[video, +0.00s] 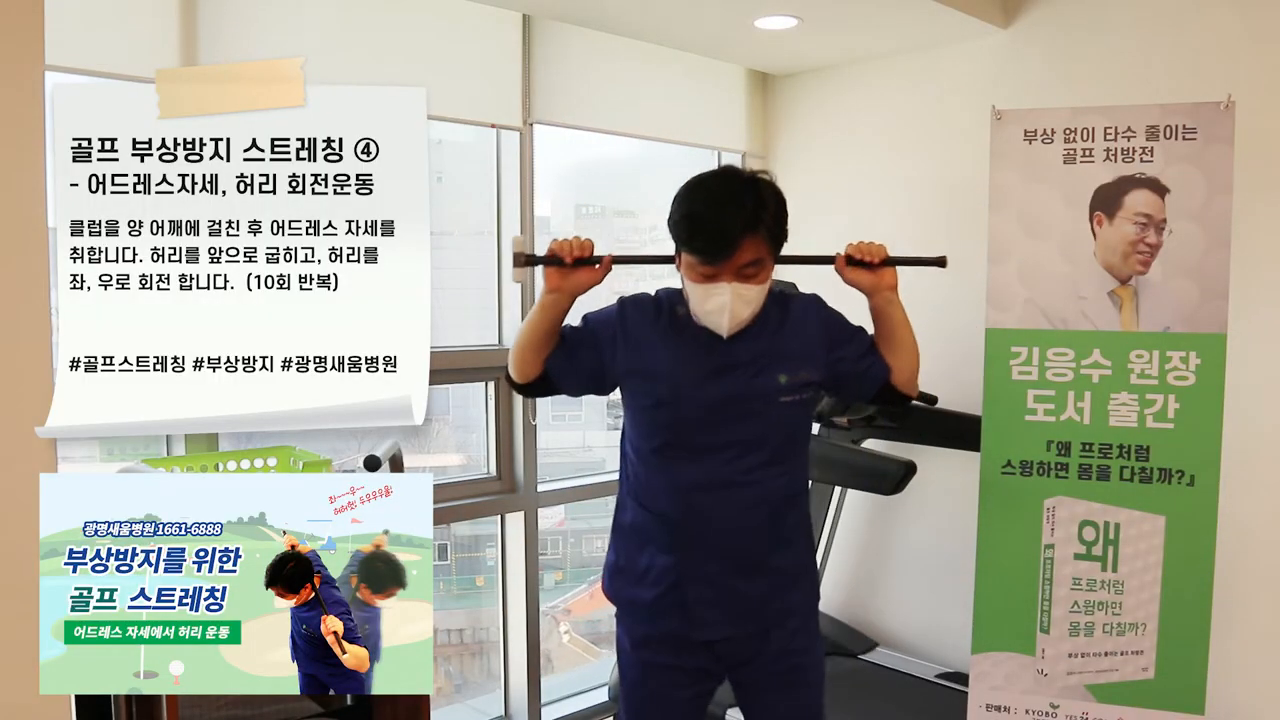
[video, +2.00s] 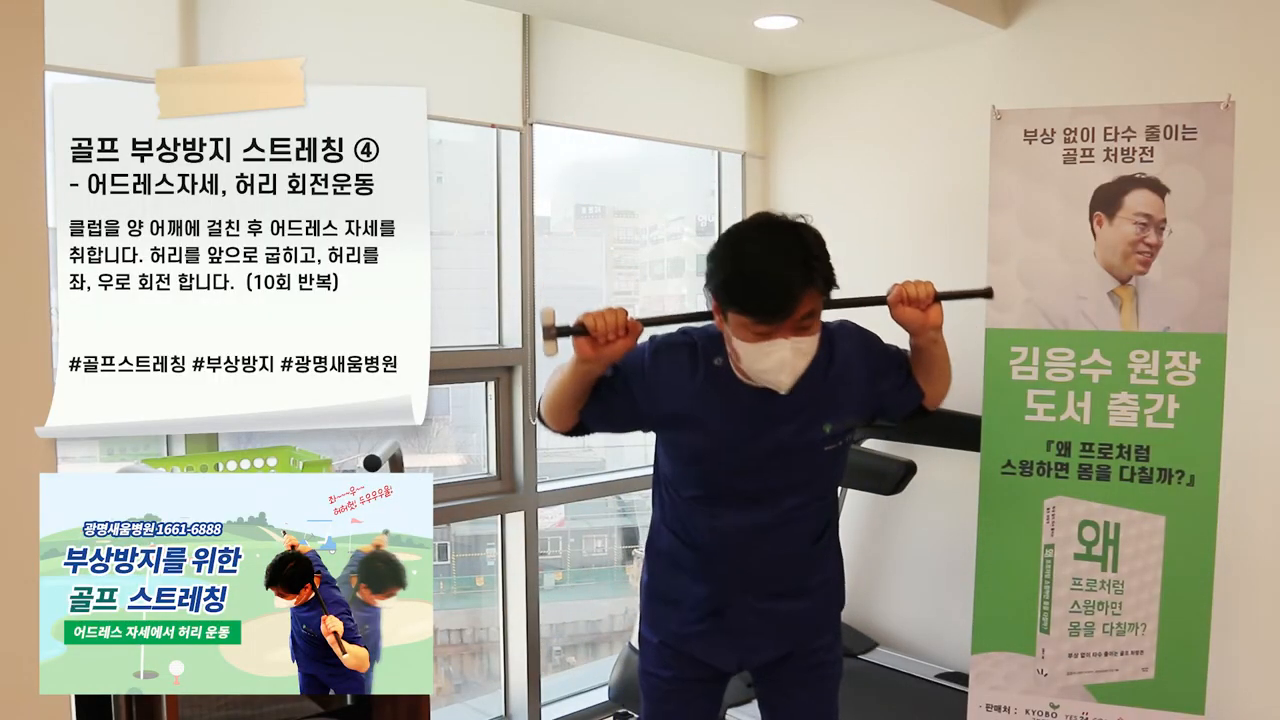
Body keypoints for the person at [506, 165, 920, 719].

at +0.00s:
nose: (726, 292)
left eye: (750, 272)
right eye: (706, 273)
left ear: (774, 261)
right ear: (679, 258)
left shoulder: (805, 324)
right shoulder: (636, 327)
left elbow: (900, 380)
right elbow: (526, 371)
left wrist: (884, 296)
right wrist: (556, 296)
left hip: (775, 610)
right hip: (658, 610)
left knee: (793, 711)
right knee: (652, 711)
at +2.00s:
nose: (788, 344)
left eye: (806, 323)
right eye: (763, 330)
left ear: (821, 303)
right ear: (719, 314)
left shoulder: (846, 358)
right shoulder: (671, 368)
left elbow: (927, 393)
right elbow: (557, 418)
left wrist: (927, 336)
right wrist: (587, 365)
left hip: (802, 624)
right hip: (685, 625)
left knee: (809, 714)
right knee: (669, 715)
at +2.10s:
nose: (800, 364)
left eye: (815, 345)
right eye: (779, 349)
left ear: (835, 315)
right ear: (733, 322)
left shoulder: (851, 355)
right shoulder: (679, 376)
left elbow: (911, 375)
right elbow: (554, 439)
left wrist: (917, 325)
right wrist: (593, 387)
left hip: (802, 621)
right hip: (687, 622)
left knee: (810, 710)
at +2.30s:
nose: (859, 369)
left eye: (869, 351)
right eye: (843, 357)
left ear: (875, 325)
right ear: (783, 340)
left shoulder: (849, 371)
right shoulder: (703, 401)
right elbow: (578, 499)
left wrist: (861, 289)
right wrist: (649, 436)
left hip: (800, 618)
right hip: (695, 627)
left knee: (805, 713)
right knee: (680, 711)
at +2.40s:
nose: (881, 361)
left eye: (883, 348)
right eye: (867, 355)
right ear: (809, 350)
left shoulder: (833, 365)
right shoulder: (723, 398)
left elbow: (891, 369)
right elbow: (606, 527)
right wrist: (684, 463)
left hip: (800, 620)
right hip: (700, 630)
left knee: (802, 713)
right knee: (682, 712)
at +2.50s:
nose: (898, 374)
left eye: (903, 361)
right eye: (892, 364)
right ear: (844, 360)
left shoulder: (813, 331)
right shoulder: (740, 408)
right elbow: (659, 561)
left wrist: (883, 372)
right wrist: (744, 488)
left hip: (796, 629)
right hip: (704, 644)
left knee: (799, 712)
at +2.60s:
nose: (920, 365)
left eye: (921, 355)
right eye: (914, 360)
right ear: (865, 367)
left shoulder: (796, 334)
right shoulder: (752, 427)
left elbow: (768, 302)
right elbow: (697, 578)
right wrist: (785, 500)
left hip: (793, 627)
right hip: (710, 647)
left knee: (797, 711)